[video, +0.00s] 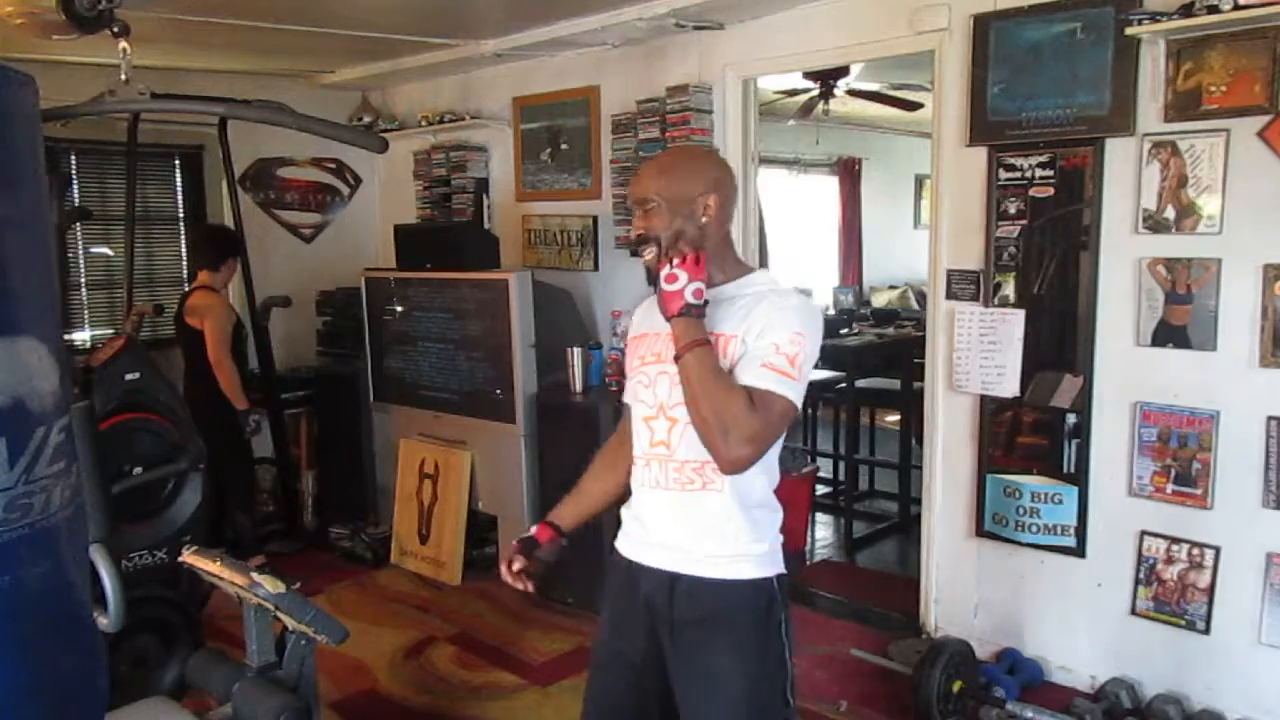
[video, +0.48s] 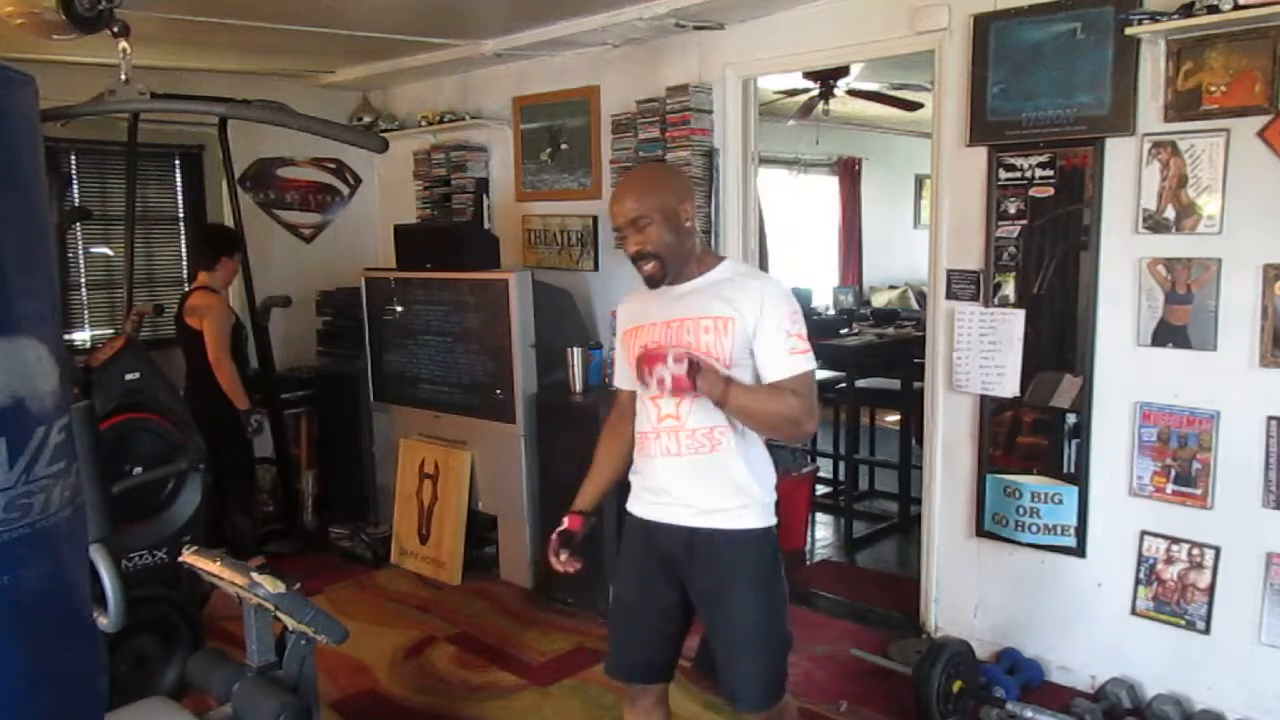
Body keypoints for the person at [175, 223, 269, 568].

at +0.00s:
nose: (236, 269)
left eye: (236, 262)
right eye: (235, 262)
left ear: (201, 261)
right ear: (228, 264)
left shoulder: (192, 300)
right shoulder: (216, 305)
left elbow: (199, 359)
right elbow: (220, 360)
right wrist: (243, 406)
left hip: (199, 399)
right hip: (217, 402)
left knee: (217, 474)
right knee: (237, 473)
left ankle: (215, 544)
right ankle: (245, 549)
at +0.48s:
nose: (238, 267)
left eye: (238, 259)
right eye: (236, 259)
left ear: (206, 260)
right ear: (221, 261)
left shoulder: (193, 299)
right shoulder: (214, 304)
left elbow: (202, 358)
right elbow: (220, 360)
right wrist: (245, 406)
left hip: (201, 401)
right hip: (218, 404)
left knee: (219, 476)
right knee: (237, 475)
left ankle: (218, 545)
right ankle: (245, 550)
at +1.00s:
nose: (237, 264)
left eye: (239, 257)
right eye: (230, 255)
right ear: (206, 259)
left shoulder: (207, 298)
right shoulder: (212, 304)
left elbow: (213, 358)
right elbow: (211, 360)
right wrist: (234, 409)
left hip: (209, 402)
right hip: (217, 406)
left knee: (224, 478)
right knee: (236, 478)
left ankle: (224, 546)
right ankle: (245, 550)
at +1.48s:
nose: (238, 261)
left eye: (240, 255)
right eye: (230, 253)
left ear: (242, 259)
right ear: (208, 258)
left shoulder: (215, 297)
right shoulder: (212, 302)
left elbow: (219, 357)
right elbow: (215, 360)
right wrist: (240, 409)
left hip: (214, 400)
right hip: (218, 405)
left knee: (230, 478)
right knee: (237, 479)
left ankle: (231, 548)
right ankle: (245, 551)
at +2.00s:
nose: (238, 261)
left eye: (240, 255)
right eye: (229, 254)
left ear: (241, 258)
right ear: (207, 259)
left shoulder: (208, 297)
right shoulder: (214, 304)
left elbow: (212, 357)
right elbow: (214, 360)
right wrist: (239, 410)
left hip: (210, 402)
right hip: (220, 406)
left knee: (225, 478)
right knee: (238, 480)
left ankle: (222, 548)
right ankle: (247, 553)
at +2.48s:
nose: (239, 261)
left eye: (240, 254)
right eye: (230, 254)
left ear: (241, 257)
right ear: (208, 259)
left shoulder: (209, 296)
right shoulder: (215, 303)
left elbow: (214, 357)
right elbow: (215, 360)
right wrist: (239, 410)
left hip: (210, 402)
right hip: (220, 406)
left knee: (225, 480)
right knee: (237, 481)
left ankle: (221, 548)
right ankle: (245, 553)